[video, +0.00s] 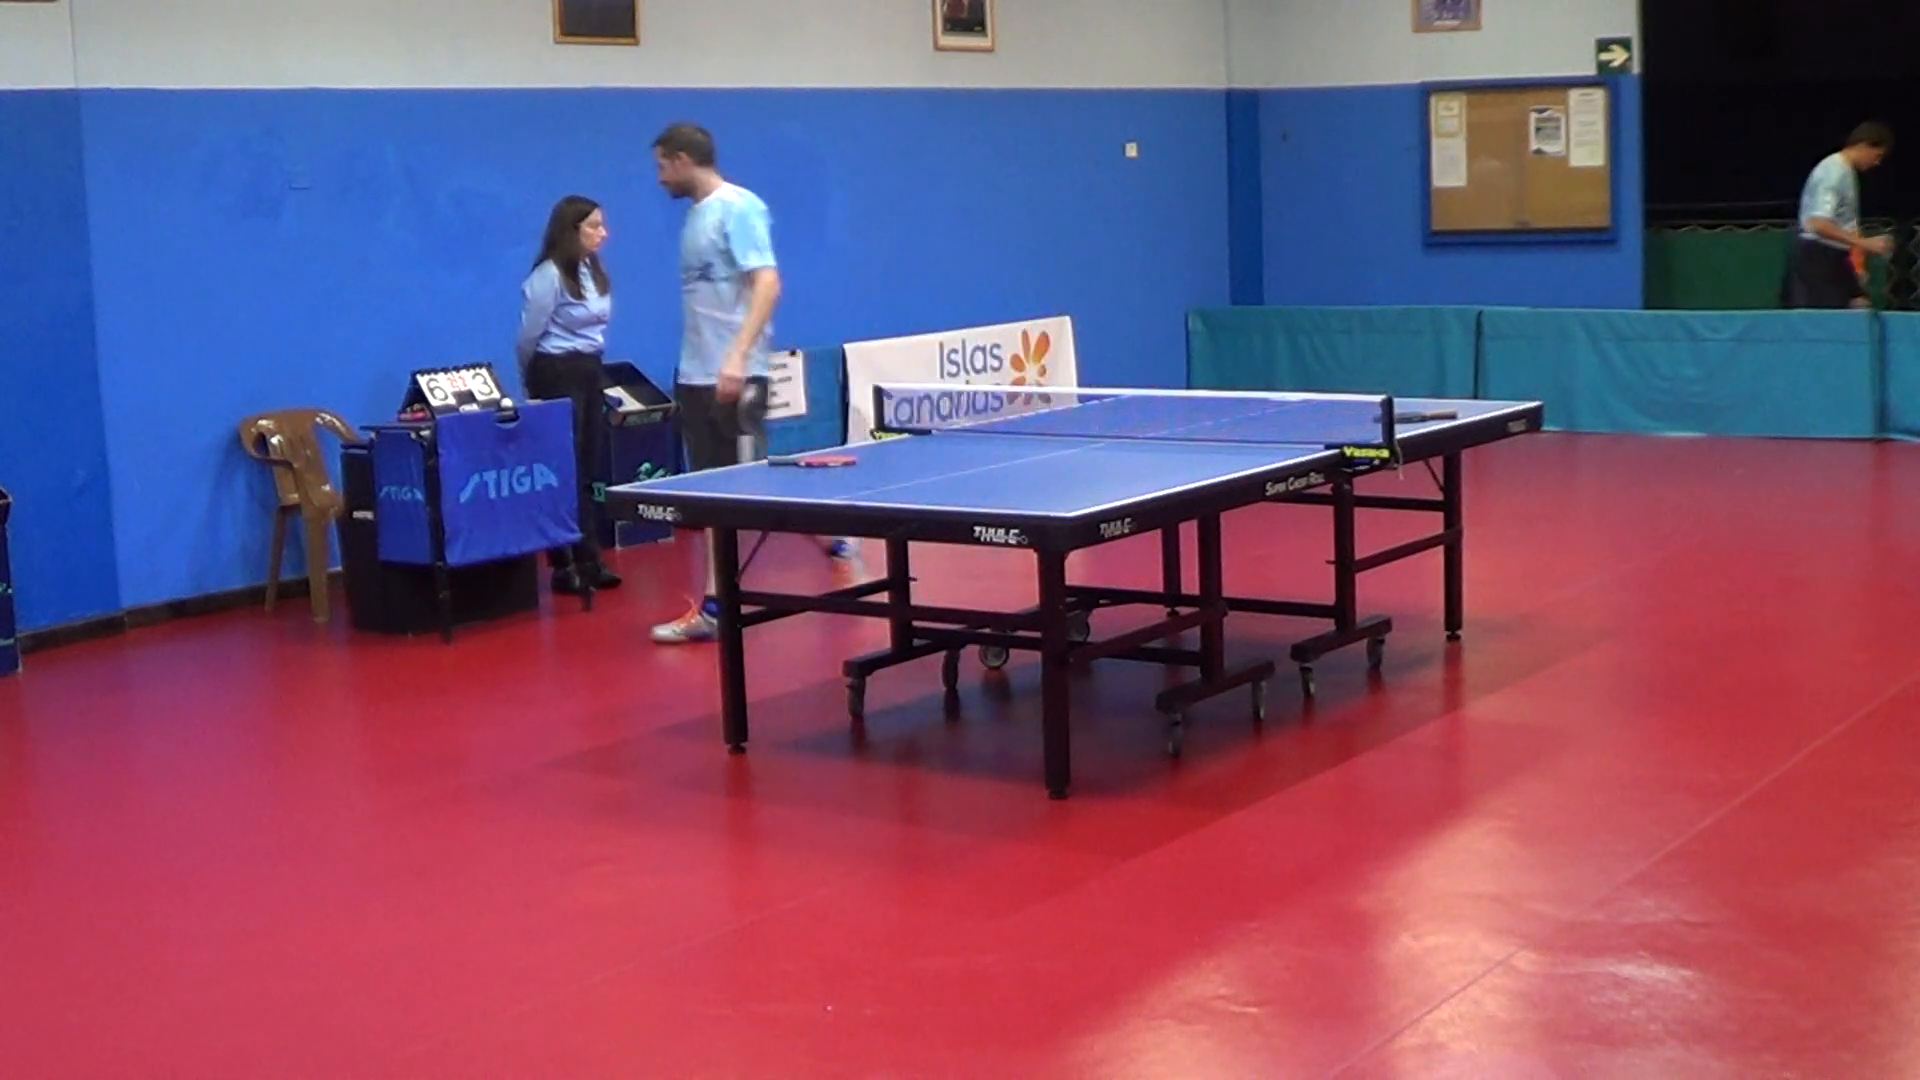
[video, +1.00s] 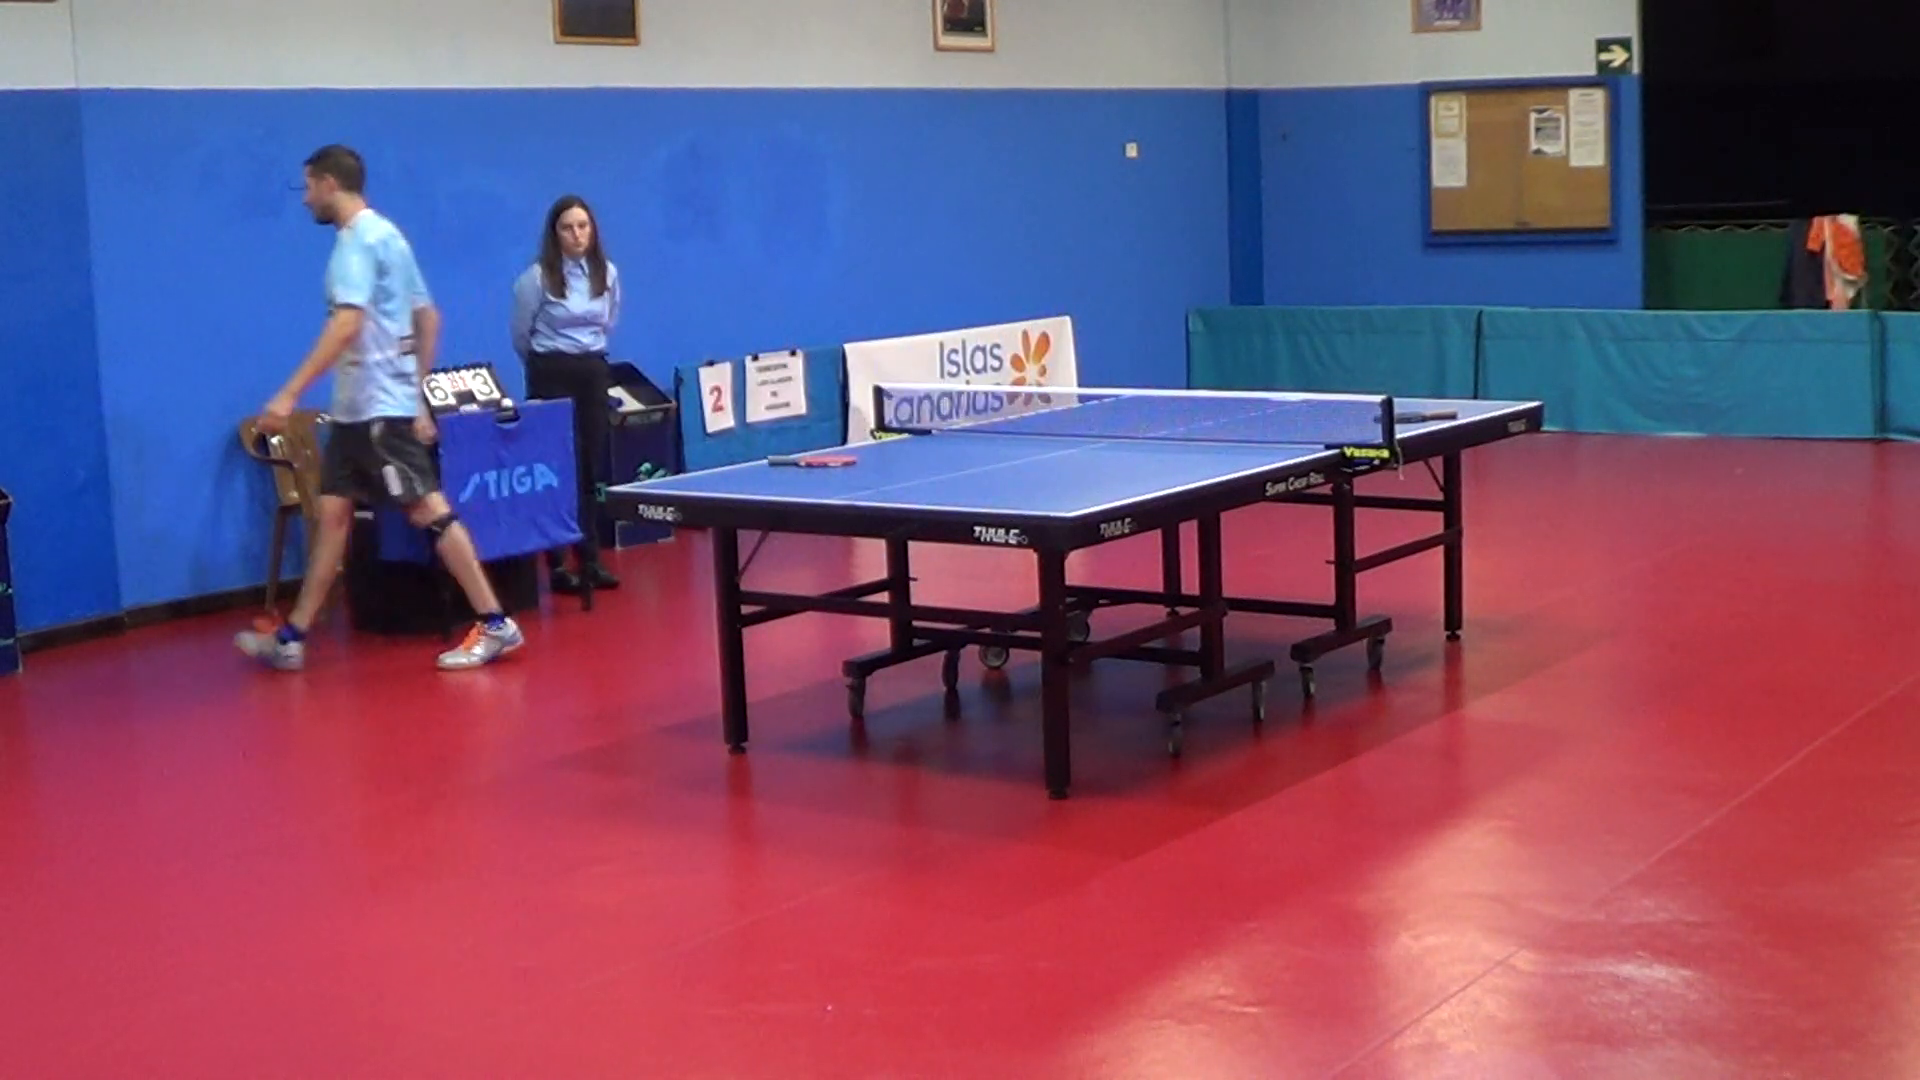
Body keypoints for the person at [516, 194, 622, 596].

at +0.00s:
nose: (602, 233)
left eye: (602, 225)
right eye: (594, 226)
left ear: (596, 231)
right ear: (571, 230)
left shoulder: (595, 270)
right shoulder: (549, 275)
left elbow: (596, 324)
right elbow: (529, 332)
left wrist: (577, 354)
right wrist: (528, 366)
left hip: (590, 365)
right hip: (556, 367)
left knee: (589, 462)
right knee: (561, 464)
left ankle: (589, 555)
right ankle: (563, 562)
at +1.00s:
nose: (577, 234)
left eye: (583, 225)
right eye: (568, 227)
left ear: (593, 229)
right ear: (555, 233)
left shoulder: (607, 272)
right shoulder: (535, 279)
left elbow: (610, 320)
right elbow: (520, 332)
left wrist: (589, 347)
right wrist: (536, 358)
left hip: (593, 367)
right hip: (550, 368)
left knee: (592, 461)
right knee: (556, 463)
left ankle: (591, 558)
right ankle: (559, 562)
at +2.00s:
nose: (573, 241)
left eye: (581, 233)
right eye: (566, 233)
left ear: (591, 236)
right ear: (553, 235)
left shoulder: (597, 273)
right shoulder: (536, 278)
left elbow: (596, 323)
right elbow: (519, 333)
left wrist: (577, 354)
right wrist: (529, 367)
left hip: (590, 366)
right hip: (550, 369)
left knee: (589, 462)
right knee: (557, 464)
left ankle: (590, 557)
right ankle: (560, 564)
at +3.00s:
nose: (569, 236)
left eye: (576, 229)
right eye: (561, 229)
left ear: (587, 233)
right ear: (550, 234)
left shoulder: (593, 271)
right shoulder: (535, 277)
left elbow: (594, 321)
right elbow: (517, 334)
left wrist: (575, 354)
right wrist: (529, 370)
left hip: (588, 366)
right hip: (549, 369)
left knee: (587, 463)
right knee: (556, 465)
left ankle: (590, 559)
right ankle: (560, 565)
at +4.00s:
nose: (576, 234)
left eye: (582, 225)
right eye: (567, 227)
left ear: (592, 230)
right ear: (555, 233)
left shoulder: (594, 271)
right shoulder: (543, 277)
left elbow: (598, 322)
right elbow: (526, 335)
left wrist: (577, 354)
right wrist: (533, 369)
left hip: (595, 364)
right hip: (557, 367)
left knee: (596, 460)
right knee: (566, 462)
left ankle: (590, 556)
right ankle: (566, 563)